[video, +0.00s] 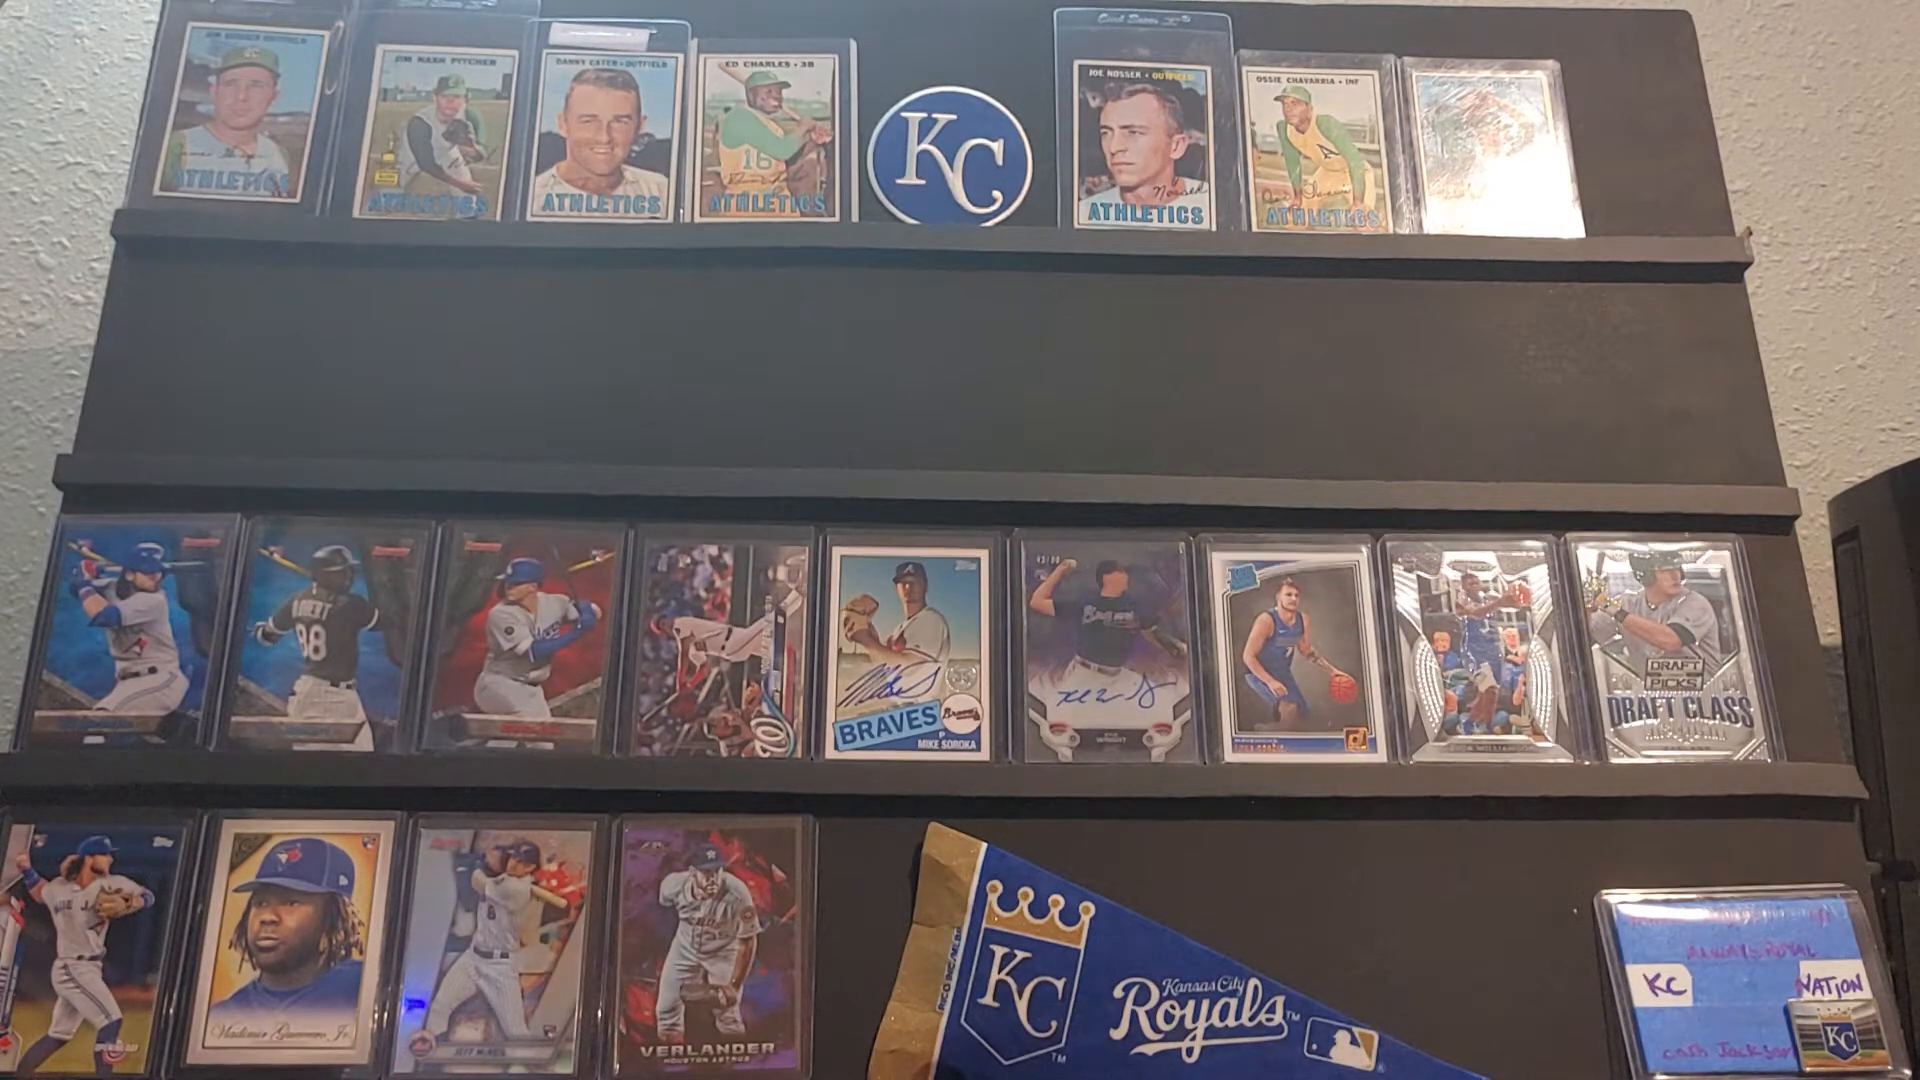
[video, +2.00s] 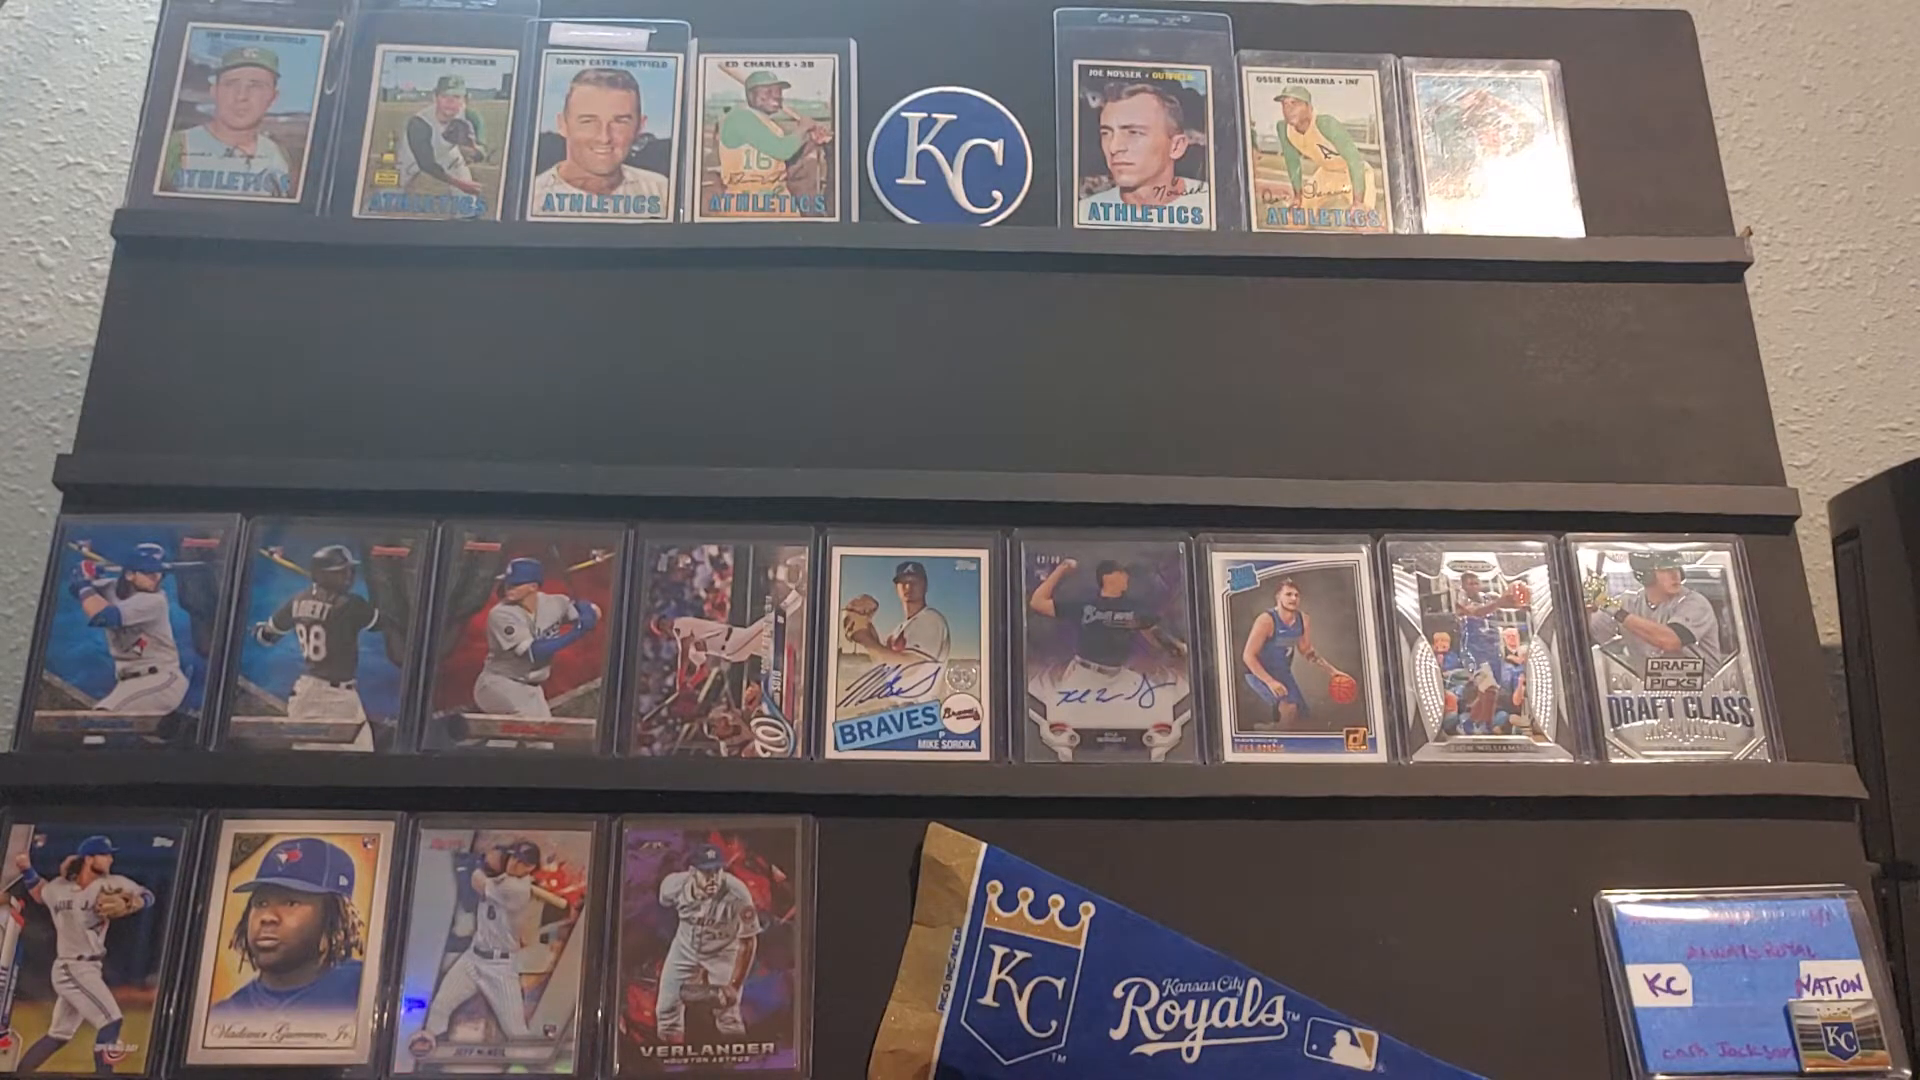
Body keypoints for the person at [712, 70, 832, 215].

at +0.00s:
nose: (777, 98)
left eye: (779, 92)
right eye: (770, 92)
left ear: (782, 93)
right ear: (753, 94)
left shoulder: (775, 128)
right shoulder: (738, 117)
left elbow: (784, 172)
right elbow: (781, 151)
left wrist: (811, 143)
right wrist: (803, 128)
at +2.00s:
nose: (776, 97)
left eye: (778, 91)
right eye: (768, 92)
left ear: (782, 93)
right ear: (752, 96)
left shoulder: (773, 126)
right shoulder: (739, 117)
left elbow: (784, 168)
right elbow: (783, 151)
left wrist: (811, 143)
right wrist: (803, 128)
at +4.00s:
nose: (776, 97)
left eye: (778, 92)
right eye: (769, 92)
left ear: (782, 93)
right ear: (752, 94)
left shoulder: (773, 126)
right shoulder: (739, 118)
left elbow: (785, 168)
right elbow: (782, 151)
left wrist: (811, 143)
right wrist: (803, 128)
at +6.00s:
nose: (776, 97)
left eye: (779, 92)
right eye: (769, 92)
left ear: (782, 93)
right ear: (752, 96)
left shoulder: (774, 126)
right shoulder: (738, 118)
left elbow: (785, 168)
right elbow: (783, 151)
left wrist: (811, 143)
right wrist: (802, 128)